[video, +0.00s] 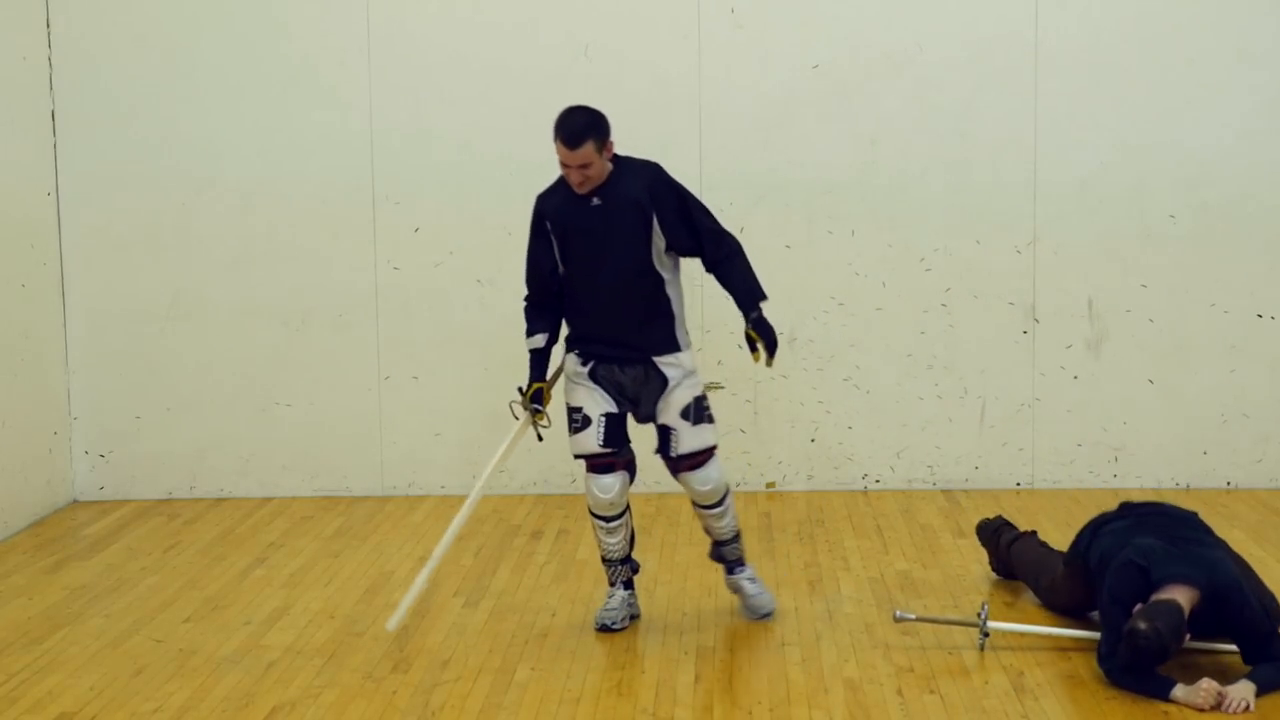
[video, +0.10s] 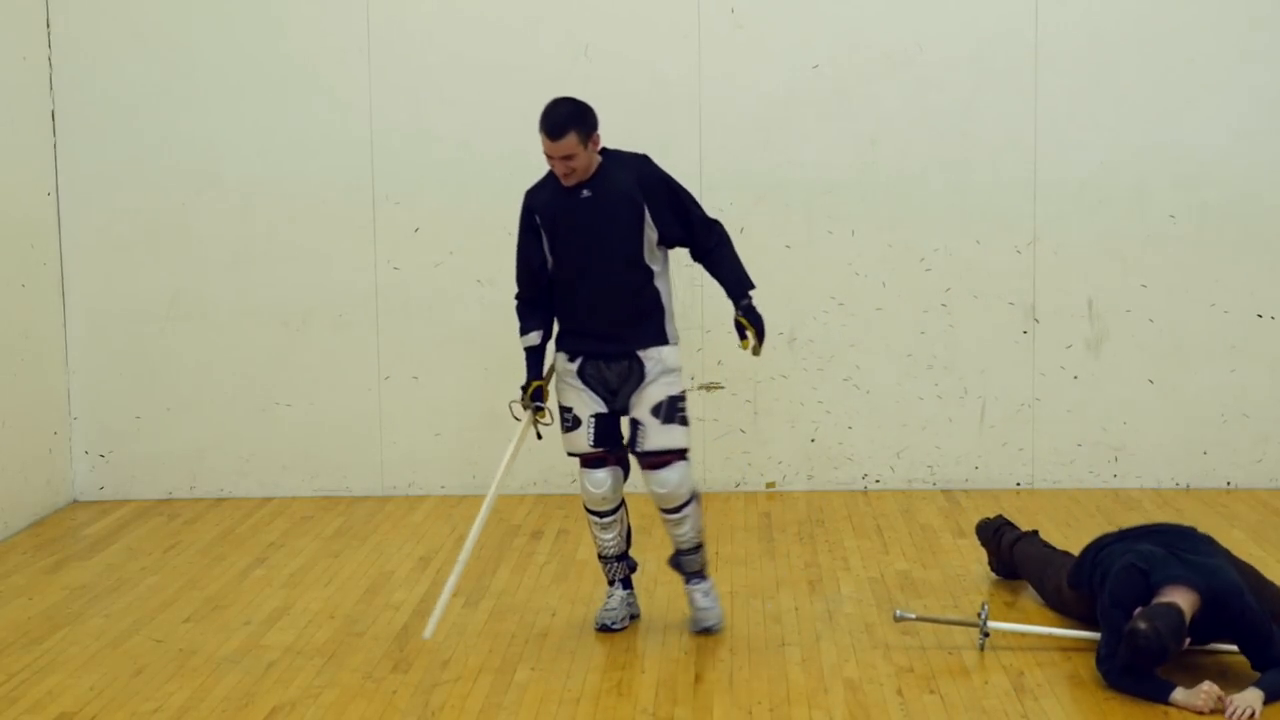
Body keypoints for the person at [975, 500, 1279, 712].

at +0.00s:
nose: (1126, 629)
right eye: (1130, 627)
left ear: (1180, 640)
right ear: (1136, 612)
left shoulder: (1230, 590)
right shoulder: (1125, 577)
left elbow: (1273, 661)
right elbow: (1114, 663)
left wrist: (1249, 685)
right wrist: (1181, 693)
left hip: (1185, 525)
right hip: (1113, 528)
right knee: (1068, 598)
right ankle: (1007, 542)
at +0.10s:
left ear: (1180, 643)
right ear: (1134, 616)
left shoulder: (1228, 594)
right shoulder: (1124, 583)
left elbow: (1277, 666)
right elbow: (1112, 668)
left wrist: (1256, 693)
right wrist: (1181, 696)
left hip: (1194, 544)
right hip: (1112, 552)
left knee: (1276, 608)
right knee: (1067, 587)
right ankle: (1008, 541)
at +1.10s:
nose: (1132, 661)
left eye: (1137, 664)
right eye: (1138, 658)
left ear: (1193, 669)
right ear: (1149, 641)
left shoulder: (1224, 629)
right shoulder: (1124, 625)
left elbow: (1278, 676)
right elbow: (1110, 692)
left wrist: (1271, 705)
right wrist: (1199, 703)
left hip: (1181, 568)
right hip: (1104, 584)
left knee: (1275, 604)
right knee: (1047, 572)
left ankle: (1219, 574)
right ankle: (1009, 551)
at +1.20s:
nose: (1131, 660)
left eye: (1137, 663)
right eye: (1137, 657)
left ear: (1194, 668)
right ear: (1151, 640)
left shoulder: (1225, 629)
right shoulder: (1123, 626)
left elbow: (1278, 677)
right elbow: (1110, 691)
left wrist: (1270, 705)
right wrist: (1198, 703)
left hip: (1181, 569)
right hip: (1104, 584)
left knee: (1275, 604)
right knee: (1048, 572)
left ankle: (1221, 575)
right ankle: (1010, 552)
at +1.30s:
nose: (1131, 659)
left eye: (1137, 663)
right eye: (1138, 656)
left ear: (1193, 670)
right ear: (1152, 640)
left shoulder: (1225, 630)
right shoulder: (1123, 626)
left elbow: (1278, 677)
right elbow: (1110, 691)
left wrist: (1270, 705)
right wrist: (1199, 703)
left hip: (1182, 570)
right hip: (1104, 584)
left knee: (1275, 604)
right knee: (1049, 572)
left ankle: (1222, 576)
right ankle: (1010, 551)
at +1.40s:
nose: (1131, 661)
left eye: (1136, 664)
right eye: (1137, 658)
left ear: (1194, 668)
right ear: (1151, 640)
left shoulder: (1225, 630)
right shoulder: (1124, 626)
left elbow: (1278, 677)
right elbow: (1110, 691)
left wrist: (1270, 705)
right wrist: (1198, 703)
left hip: (1183, 570)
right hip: (1105, 584)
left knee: (1275, 604)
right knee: (1048, 572)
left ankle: (1223, 575)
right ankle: (1010, 551)